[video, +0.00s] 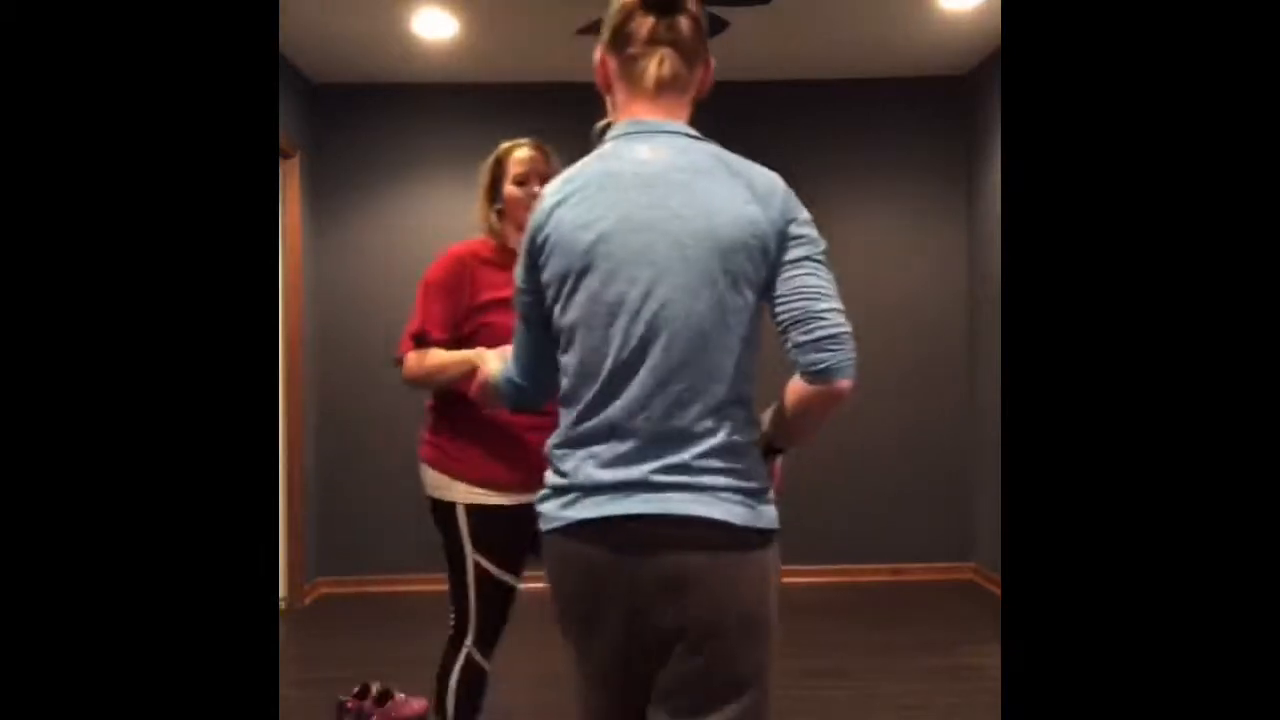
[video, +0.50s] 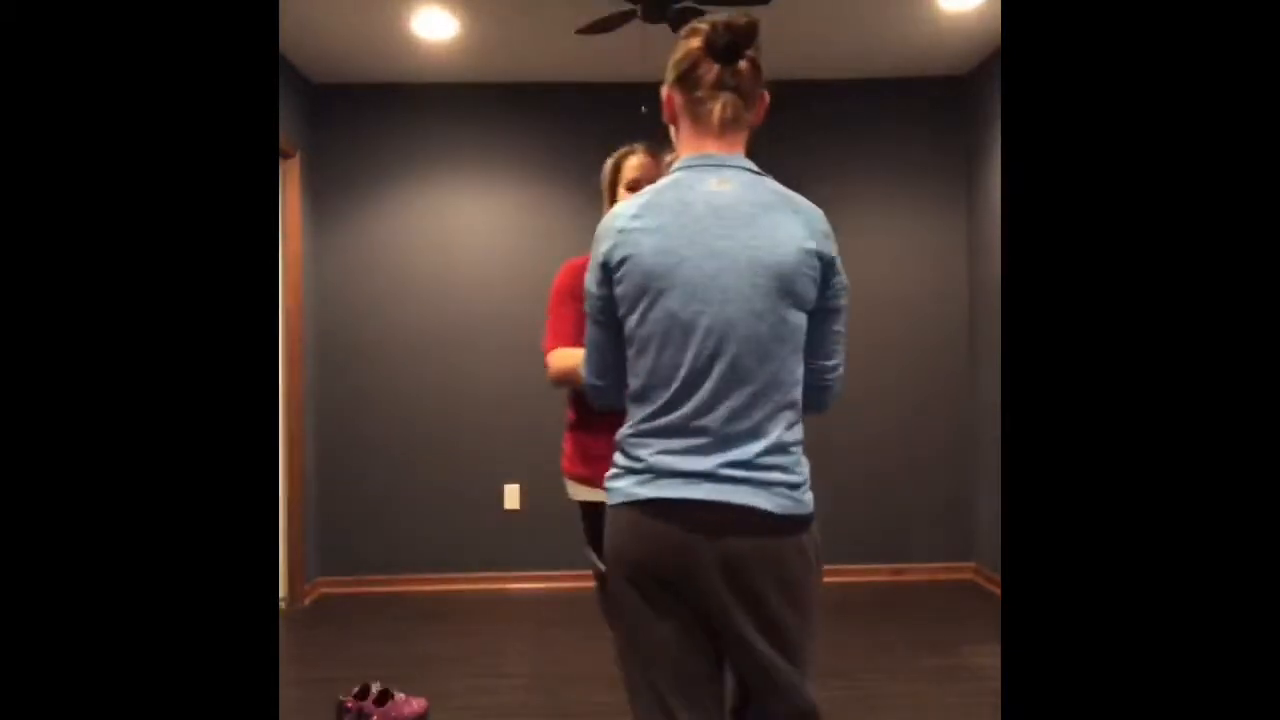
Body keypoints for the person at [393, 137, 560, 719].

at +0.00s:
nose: (534, 192)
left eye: (543, 181)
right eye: (522, 181)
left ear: (555, 192)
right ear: (495, 194)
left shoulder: (566, 264)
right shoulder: (463, 265)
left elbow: (594, 349)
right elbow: (414, 362)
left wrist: (546, 354)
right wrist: (487, 359)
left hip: (558, 473)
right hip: (475, 478)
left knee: (602, 622)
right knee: (478, 629)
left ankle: (619, 715)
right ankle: (454, 715)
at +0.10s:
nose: (556, 190)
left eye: (566, 180)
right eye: (544, 180)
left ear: (580, 189)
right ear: (519, 192)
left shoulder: (594, 266)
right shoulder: (488, 266)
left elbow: (611, 354)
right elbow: (444, 363)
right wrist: (512, 360)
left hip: (581, 469)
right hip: (500, 473)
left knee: (620, 626)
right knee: (497, 627)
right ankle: (462, 714)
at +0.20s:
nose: (582, 190)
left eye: (596, 178)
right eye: (570, 179)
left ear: (612, 187)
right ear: (547, 192)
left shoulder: (630, 268)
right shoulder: (522, 266)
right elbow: (474, 366)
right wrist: (534, 364)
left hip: (614, 470)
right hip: (532, 471)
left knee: (633, 625)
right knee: (523, 622)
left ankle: (645, 713)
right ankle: (480, 710)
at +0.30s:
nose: (609, 191)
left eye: (622, 178)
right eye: (596, 179)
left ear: (638, 186)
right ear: (573, 191)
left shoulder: (659, 270)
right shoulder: (547, 269)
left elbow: (680, 352)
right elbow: (505, 367)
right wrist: (584, 363)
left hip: (641, 471)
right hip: (562, 470)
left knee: (644, 610)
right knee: (564, 614)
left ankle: (650, 701)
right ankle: (538, 680)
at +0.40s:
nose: (629, 193)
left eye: (641, 180)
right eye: (617, 181)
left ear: (656, 188)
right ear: (594, 192)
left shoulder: (679, 269)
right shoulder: (567, 270)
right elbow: (533, 365)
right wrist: (612, 361)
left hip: (659, 469)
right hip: (584, 470)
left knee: (658, 594)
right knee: (596, 606)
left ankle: (657, 691)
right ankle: (601, 688)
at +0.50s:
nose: (646, 198)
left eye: (655, 187)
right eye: (634, 187)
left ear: (669, 194)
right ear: (612, 196)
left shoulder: (694, 273)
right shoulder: (581, 275)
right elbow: (560, 362)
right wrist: (642, 363)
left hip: (681, 470)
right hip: (602, 471)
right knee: (632, 617)